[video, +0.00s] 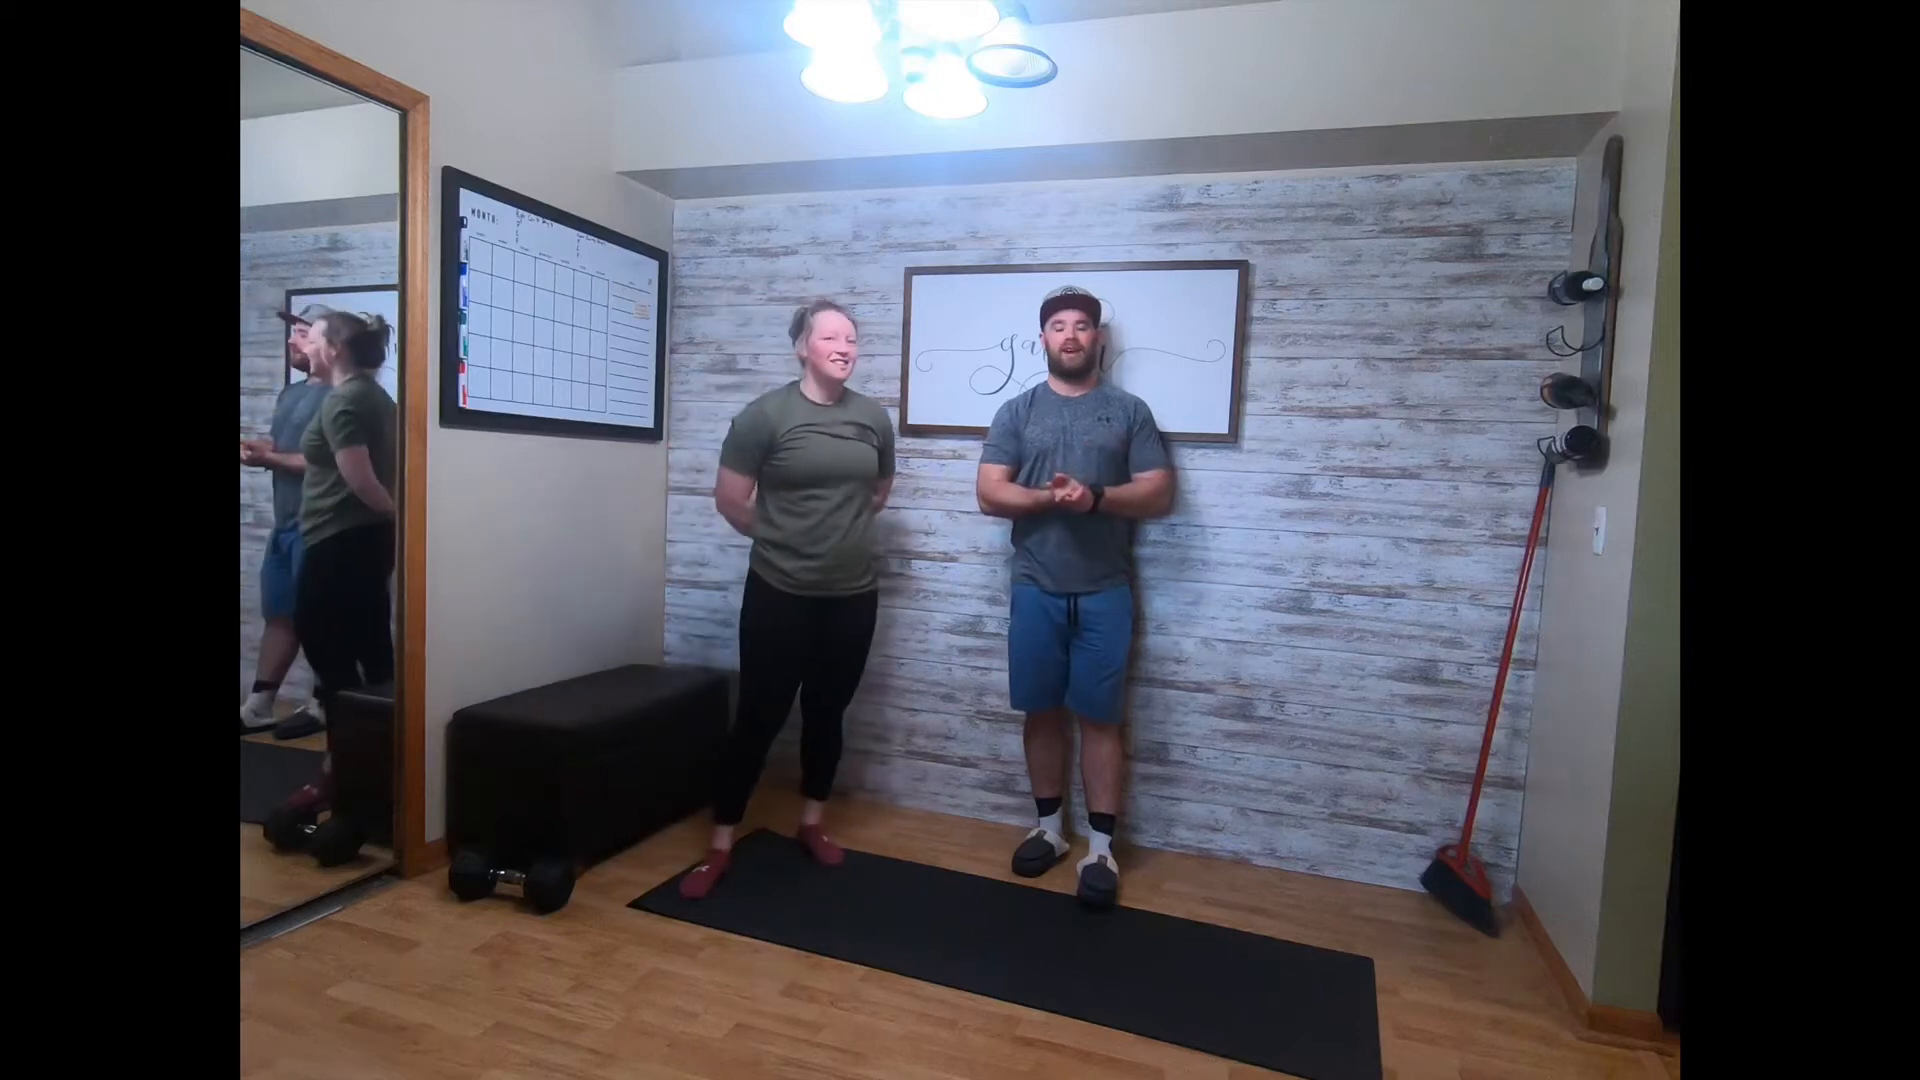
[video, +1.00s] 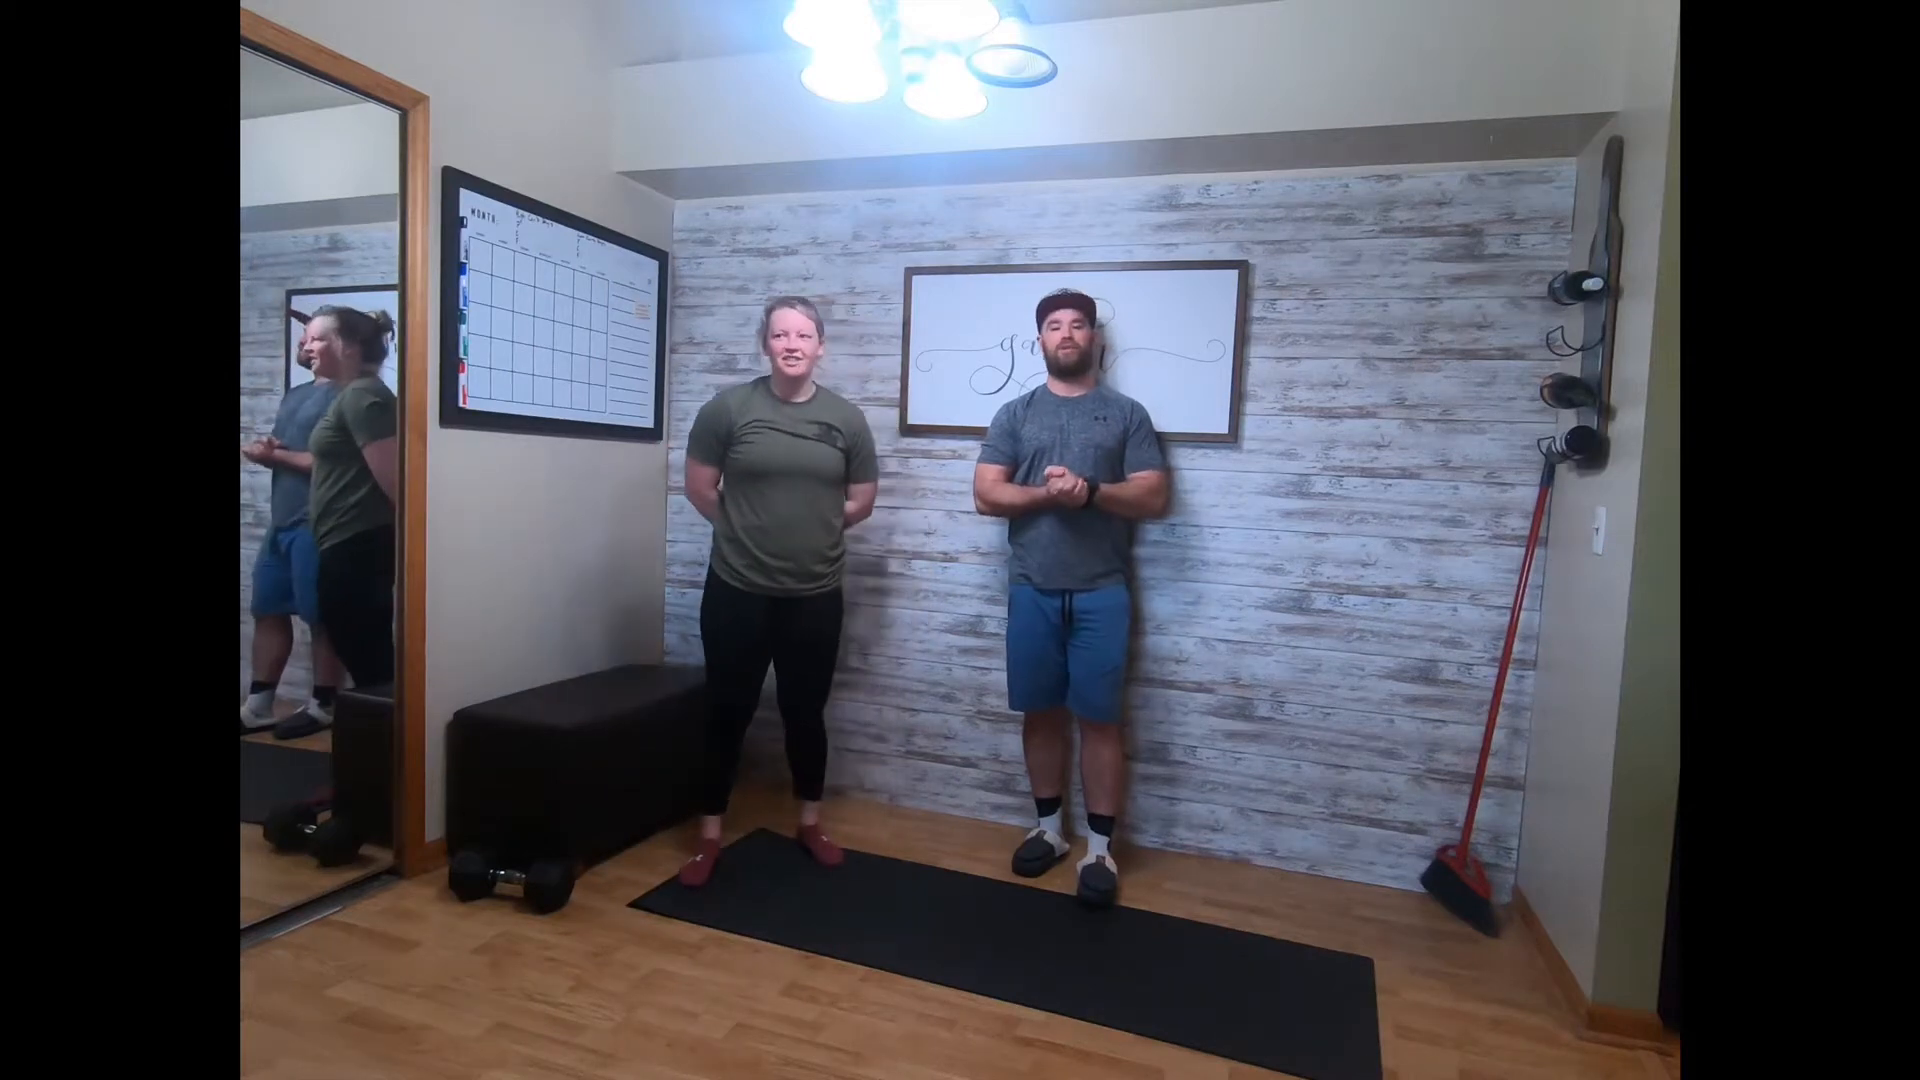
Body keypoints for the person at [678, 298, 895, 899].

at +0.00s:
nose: (844, 348)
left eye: (851, 340)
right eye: (832, 339)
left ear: (857, 351)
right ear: (802, 348)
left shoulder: (875, 420)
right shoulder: (765, 417)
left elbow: (879, 493)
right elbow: (730, 500)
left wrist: (833, 527)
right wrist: (785, 534)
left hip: (850, 596)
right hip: (778, 592)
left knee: (826, 714)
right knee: (758, 718)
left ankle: (813, 823)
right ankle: (721, 843)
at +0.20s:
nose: (849, 349)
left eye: (856, 339)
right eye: (835, 339)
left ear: (865, 349)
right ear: (810, 349)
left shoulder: (886, 419)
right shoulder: (773, 414)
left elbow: (895, 499)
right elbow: (743, 493)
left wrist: (840, 524)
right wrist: (794, 533)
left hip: (856, 594)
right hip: (784, 589)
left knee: (829, 712)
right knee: (764, 716)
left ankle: (812, 824)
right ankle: (728, 843)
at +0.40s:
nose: (846, 353)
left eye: (856, 343)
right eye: (834, 342)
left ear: (868, 350)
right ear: (815, 350)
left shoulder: (891, 422)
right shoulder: (776, 412)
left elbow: (901, 503)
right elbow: (748, 489)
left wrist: (843, 522)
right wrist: (795, 530)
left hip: (854, 595)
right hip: (781, 588)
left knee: (829, 715)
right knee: (759, 715)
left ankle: (813, 825)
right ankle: (727, 843)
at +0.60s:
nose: (835, 352)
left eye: (845, 342)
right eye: (824, 342)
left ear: (863, 351)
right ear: (808, 350)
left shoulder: (886, 421)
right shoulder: (769, 409)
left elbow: (899, 504)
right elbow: (744, 487)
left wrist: (842, 526)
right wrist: (791, 527)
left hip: (845, 594)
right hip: (772, 587)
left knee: (824, 712)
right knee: (745, 708)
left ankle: (812, 823)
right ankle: (716, 833)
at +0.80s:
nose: (818, 350)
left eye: (829, 340)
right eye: (807, 340)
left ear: (845, 350)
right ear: (791, 349)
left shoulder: (870, 423)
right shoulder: (751, 410)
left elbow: (882, 505)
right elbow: (724, 486)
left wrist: (825, 526)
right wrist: (771, 527)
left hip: (832, 595)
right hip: (757, 589)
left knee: (817, 713)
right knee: (738, 712)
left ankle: (812, 824)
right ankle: (712, 833)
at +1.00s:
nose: (791, 344)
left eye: (802, 336)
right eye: (781, 336)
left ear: (820, 346)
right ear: (765, 346)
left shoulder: (847, 419)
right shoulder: (728, 408)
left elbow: (859, 503)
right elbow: (699, 488)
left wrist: (806, 525)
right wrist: (749, 527)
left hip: (814, 594)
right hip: (736, 589)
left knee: (805, 712)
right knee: (725, 712)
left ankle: (811, 823)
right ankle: (710, 833)